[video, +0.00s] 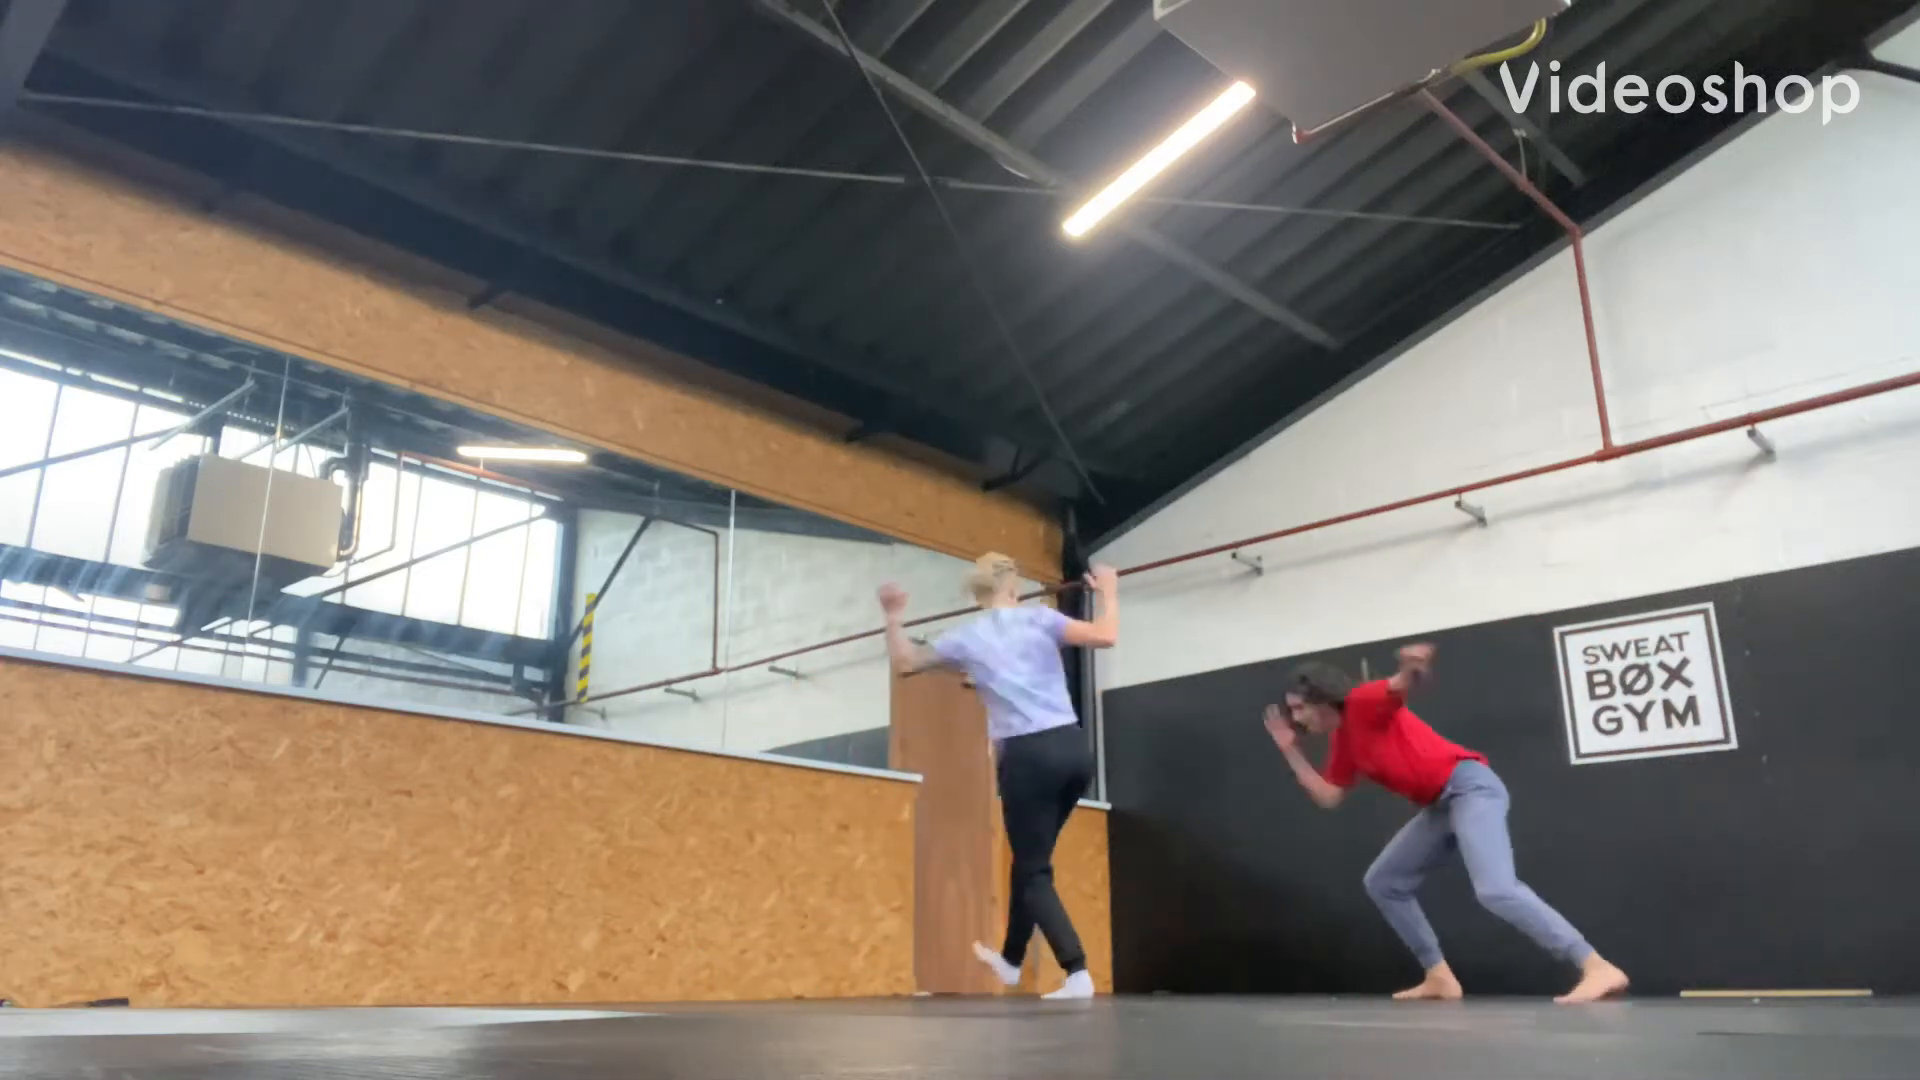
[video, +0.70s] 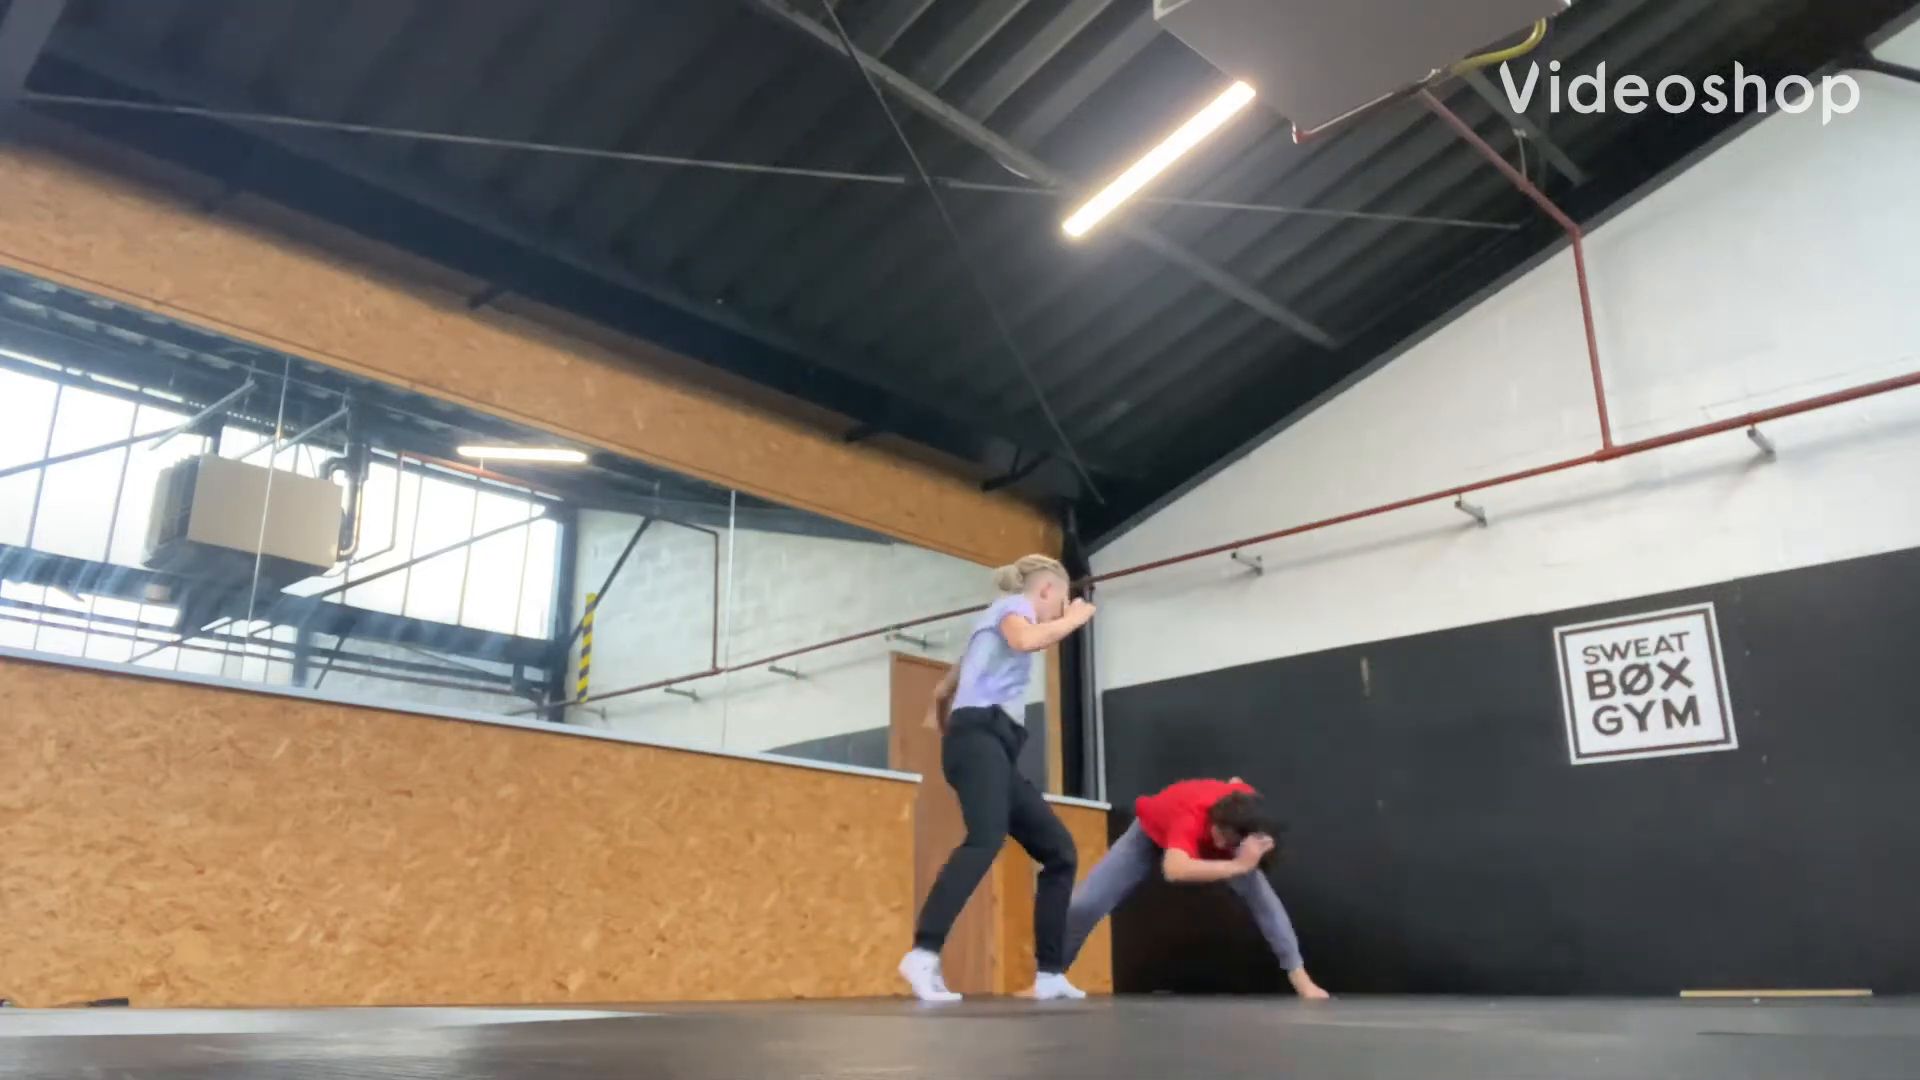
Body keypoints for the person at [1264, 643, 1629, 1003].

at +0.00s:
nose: (1297, 720)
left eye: (1297, 710)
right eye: (1293, 714)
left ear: (1316, 700)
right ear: (1312, 710)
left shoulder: (1360, 702)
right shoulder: (1343, 745)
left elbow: (1399, 687)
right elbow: (1328, 796)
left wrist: (1412, 668)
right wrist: (1289, 751)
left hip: (1469, 785)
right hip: (1439, 809)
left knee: (1496, 889)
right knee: (1383, 881)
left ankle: (1598, 969)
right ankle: (1439, 978)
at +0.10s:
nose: (1286, 702)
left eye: (1292, 694)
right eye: (1284, 694)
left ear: (1314, 688)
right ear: (1285, 691)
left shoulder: (1357, 687)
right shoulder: (1295, 712)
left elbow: (1436, 685)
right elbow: (1261, 747)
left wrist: (1481, 706)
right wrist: (1258, 697)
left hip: (1430, 775)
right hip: (1391, 799)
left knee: (1434, 865)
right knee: (1362, 894)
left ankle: (1532, 952)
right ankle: (1438, 977)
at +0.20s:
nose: (1296, 695)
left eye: (1304, 690)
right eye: (1296, 688)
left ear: (1322, 683)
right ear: (1291, 682)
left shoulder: (1358, 682)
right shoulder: (1280, 693)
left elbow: (1429, 696)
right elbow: (1246, 730)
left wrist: (1475, 742)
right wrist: (1266, 679)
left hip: (1388, 774)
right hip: (1338, 790)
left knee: (1363, 847)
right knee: (1325, 882)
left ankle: (1404, 948)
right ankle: (1407, 946)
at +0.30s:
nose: (1326, 735)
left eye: (1336, 729)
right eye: (1323, 727)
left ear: (1352, 712)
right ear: (1309, 708)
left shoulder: (1361, 707)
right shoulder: (1283, 699)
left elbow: (1405, 715)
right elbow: (1249, 756)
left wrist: (1441, 761)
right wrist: (1292, 712)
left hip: (1345, 787)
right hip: (1290, 787)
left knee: (1328, 870)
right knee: (1263, 878)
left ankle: (1315, 962)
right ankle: (1316, 933)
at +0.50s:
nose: (1322, 836)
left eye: (1328, 829)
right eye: (1319, 828)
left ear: (1332, 813)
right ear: (1303, 809)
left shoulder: (1330, 786)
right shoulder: (1267, 796)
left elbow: (1326, 760)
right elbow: (1251, 856)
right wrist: (1317, 844)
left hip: (1272, 824)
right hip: (1225, 811)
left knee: (1314, 875)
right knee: (1161, 880)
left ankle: (1307, 975)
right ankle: (1098, 940)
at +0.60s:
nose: (1291, 858)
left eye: (1298, 856)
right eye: (1288, 852)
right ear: (1272, 838)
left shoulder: (1297, 806)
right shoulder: (1238, 817)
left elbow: (1282, 776)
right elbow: (1226, 879)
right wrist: (1292, 876)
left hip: (1239, 830)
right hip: (1189, 821)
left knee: (1293, 879)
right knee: (1118, 896)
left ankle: (1303, 974)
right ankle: (1050, 966)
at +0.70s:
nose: (1228, 846)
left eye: (1234, 842)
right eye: (1226, 839)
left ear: (1246, 833)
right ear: (1217, 823)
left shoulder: (1247, 801)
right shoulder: (1188, 814)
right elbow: (1174, 869)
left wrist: (1251, 849)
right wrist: (1239, 866)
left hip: (1204, 847)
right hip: (1150, 838)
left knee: (1259, 891)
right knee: (1086, 903)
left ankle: (1299, 975)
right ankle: (1047, 977)